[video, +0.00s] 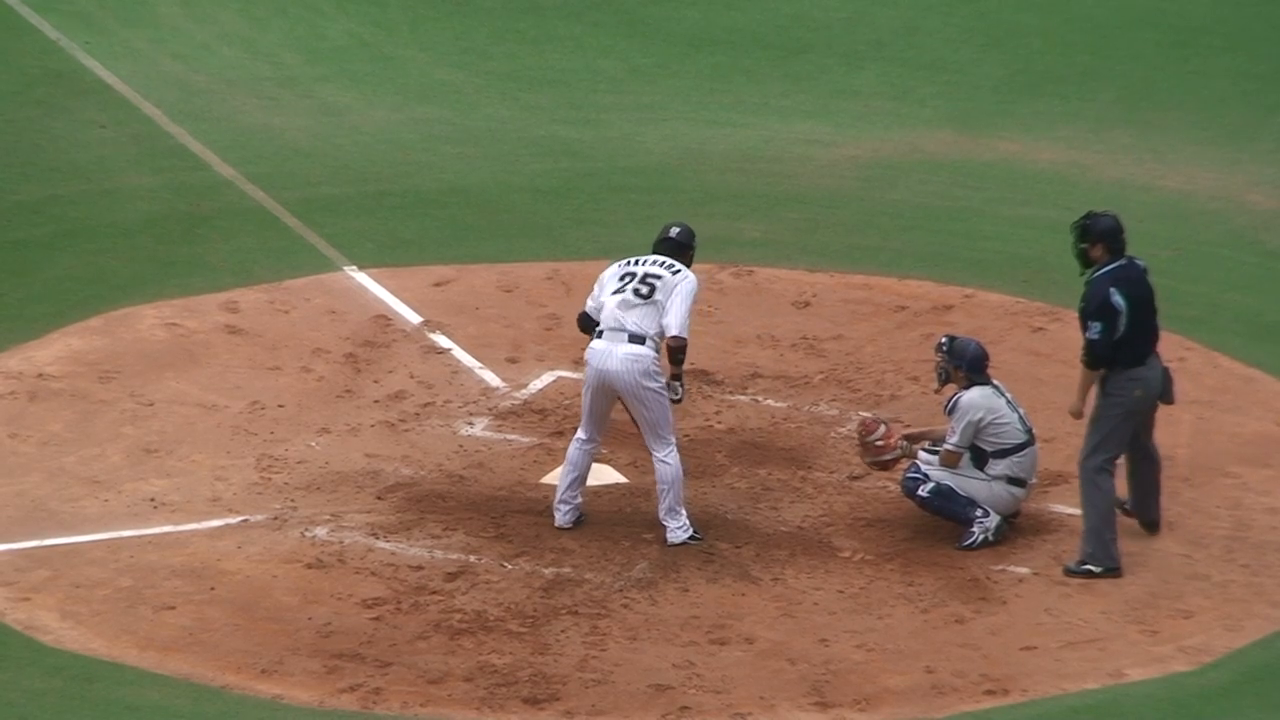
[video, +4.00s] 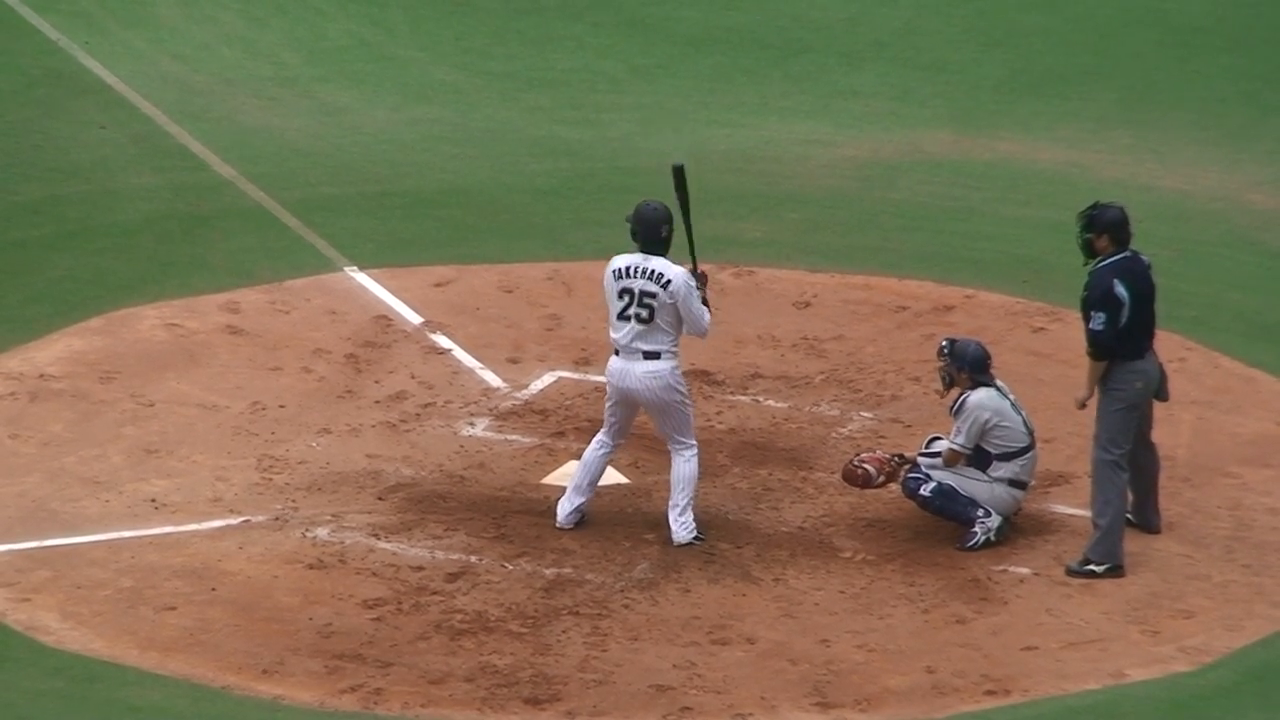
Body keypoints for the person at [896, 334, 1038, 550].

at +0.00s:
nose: (940, 366)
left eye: (945, 362)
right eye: (942, 361)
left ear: (960, 371)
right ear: (973, 370)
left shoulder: (969, 402)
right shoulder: (992, 387)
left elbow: (948, 462)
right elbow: (961, 433)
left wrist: (912, 452)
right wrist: (920, 435)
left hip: (1004, 492)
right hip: (1018, 482)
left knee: (914, 478)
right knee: (929, 451)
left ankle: (983, 519)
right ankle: (1002, 506)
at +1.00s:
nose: (938, 368)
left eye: (944, 364)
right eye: (940, 362)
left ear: (959, 371)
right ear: (975, 369)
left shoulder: (972, 402)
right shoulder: (992, 387)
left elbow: (949, 461)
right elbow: (962, 433)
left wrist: (912, 460)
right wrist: (918, 430)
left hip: (1003, 491)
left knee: (913, 481)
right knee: (934, 447)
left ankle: (983, 519)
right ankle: (1003, 506)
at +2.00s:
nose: (941, 365)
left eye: (946, 362)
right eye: (943, 360)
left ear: (961, 370)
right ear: (976, 368)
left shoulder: (970, 401)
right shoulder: (993, 387)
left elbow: (946, 461)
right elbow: (963, 431)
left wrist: (908, 458)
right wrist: (923, 433)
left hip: (1002, 491)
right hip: (1016, 483)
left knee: (914, 480)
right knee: (925, 455)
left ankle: (983, 518)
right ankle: (1002, 506)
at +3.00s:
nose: (942, 367)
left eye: (947, 364)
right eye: (944, 362)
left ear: (962, 372)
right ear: (976, 371)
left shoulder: (975, 403)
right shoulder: (991, 390)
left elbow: (948, 462)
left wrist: (907, 463)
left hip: (1000, 493)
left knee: (913, 483)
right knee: (930, 450)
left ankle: (983, 522)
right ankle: (997, 509)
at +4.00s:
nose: (943, 369)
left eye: (948, 365)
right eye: (944, 364)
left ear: (964, 371)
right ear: (975, 370)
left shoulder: (975, 403)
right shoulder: (995, 387)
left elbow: (950, 460)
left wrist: (908, 459)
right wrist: (911, 459)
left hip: (1002, 493)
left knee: (915, 480)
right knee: (934, 443)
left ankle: (984, 519)